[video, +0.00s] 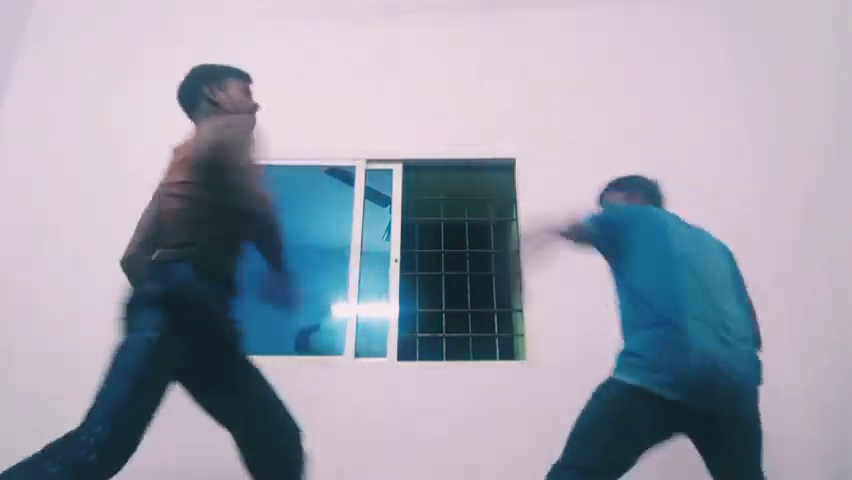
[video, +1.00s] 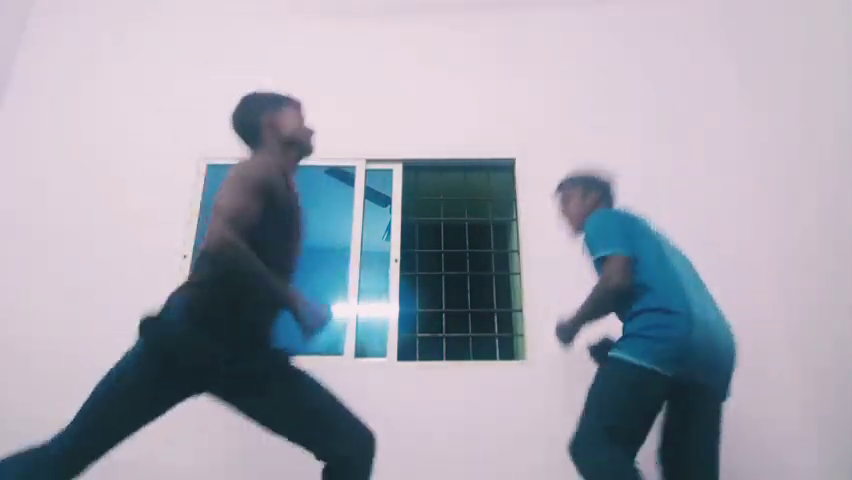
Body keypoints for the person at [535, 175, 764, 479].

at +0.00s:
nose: (603, 213)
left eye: (607, 206)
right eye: (603, 207)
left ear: (630, 198)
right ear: (658, 201)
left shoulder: (628, 218)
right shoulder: (716, 246)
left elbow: (578, 230)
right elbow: (752, 335)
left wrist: (554, 232)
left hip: (655, 380)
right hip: (732, 390)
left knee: (574, 474)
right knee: (745, 476)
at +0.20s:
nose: (620, 175)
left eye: (627, 165)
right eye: (620, 167)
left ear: (655, 167)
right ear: (659, 170)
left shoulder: (664, 195)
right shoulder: (709, 213)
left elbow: (684, 245)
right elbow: (715, 295)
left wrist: (639, 297)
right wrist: (658, 306)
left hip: (694, 344)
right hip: (751, 355)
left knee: (630, 453)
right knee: (763, 470)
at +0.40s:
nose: (613, 126)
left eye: (621, 116)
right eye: (613, 119)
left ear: (651, 117)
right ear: (655, 123)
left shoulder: (659, 147)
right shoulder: (687, 161)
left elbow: (672, 202)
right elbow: (687, 251)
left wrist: (612, 225)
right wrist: (636, 247)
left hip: (693, 302)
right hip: (734, 307)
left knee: (689, 431)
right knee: (751, 429)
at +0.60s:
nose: (596, 130)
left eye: (604, 120)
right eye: (597, 122)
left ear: (634, 121)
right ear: (636, 126)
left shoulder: (644, 152)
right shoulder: (661, 161)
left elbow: (651, 211)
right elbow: (684, 249)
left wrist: (601, 217)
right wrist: (640, 259)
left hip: (686, 321)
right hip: (712, 322)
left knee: (711, 442)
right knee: (728, 442)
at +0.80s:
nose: (584, 136)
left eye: (591, 126)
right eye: (584, 128)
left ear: (620, 128)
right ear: (626, 132)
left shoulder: (627, 157)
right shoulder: (657, 171)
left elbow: (640, 213)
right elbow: (674, 253)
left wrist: (594, 234)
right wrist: (624, 272)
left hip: (658, 313)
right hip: (697, 319)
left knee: (659, 425)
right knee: (691, 431)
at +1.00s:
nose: (563, 209)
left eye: (567, 199)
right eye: (562, 202)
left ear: (593, 196)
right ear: (603, 199)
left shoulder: (604, 220)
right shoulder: (648, 235)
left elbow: (617, 280)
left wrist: (574, 322)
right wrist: (621, 349)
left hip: (660, 338)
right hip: (713, 347)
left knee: (596, 448)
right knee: (689, 464)